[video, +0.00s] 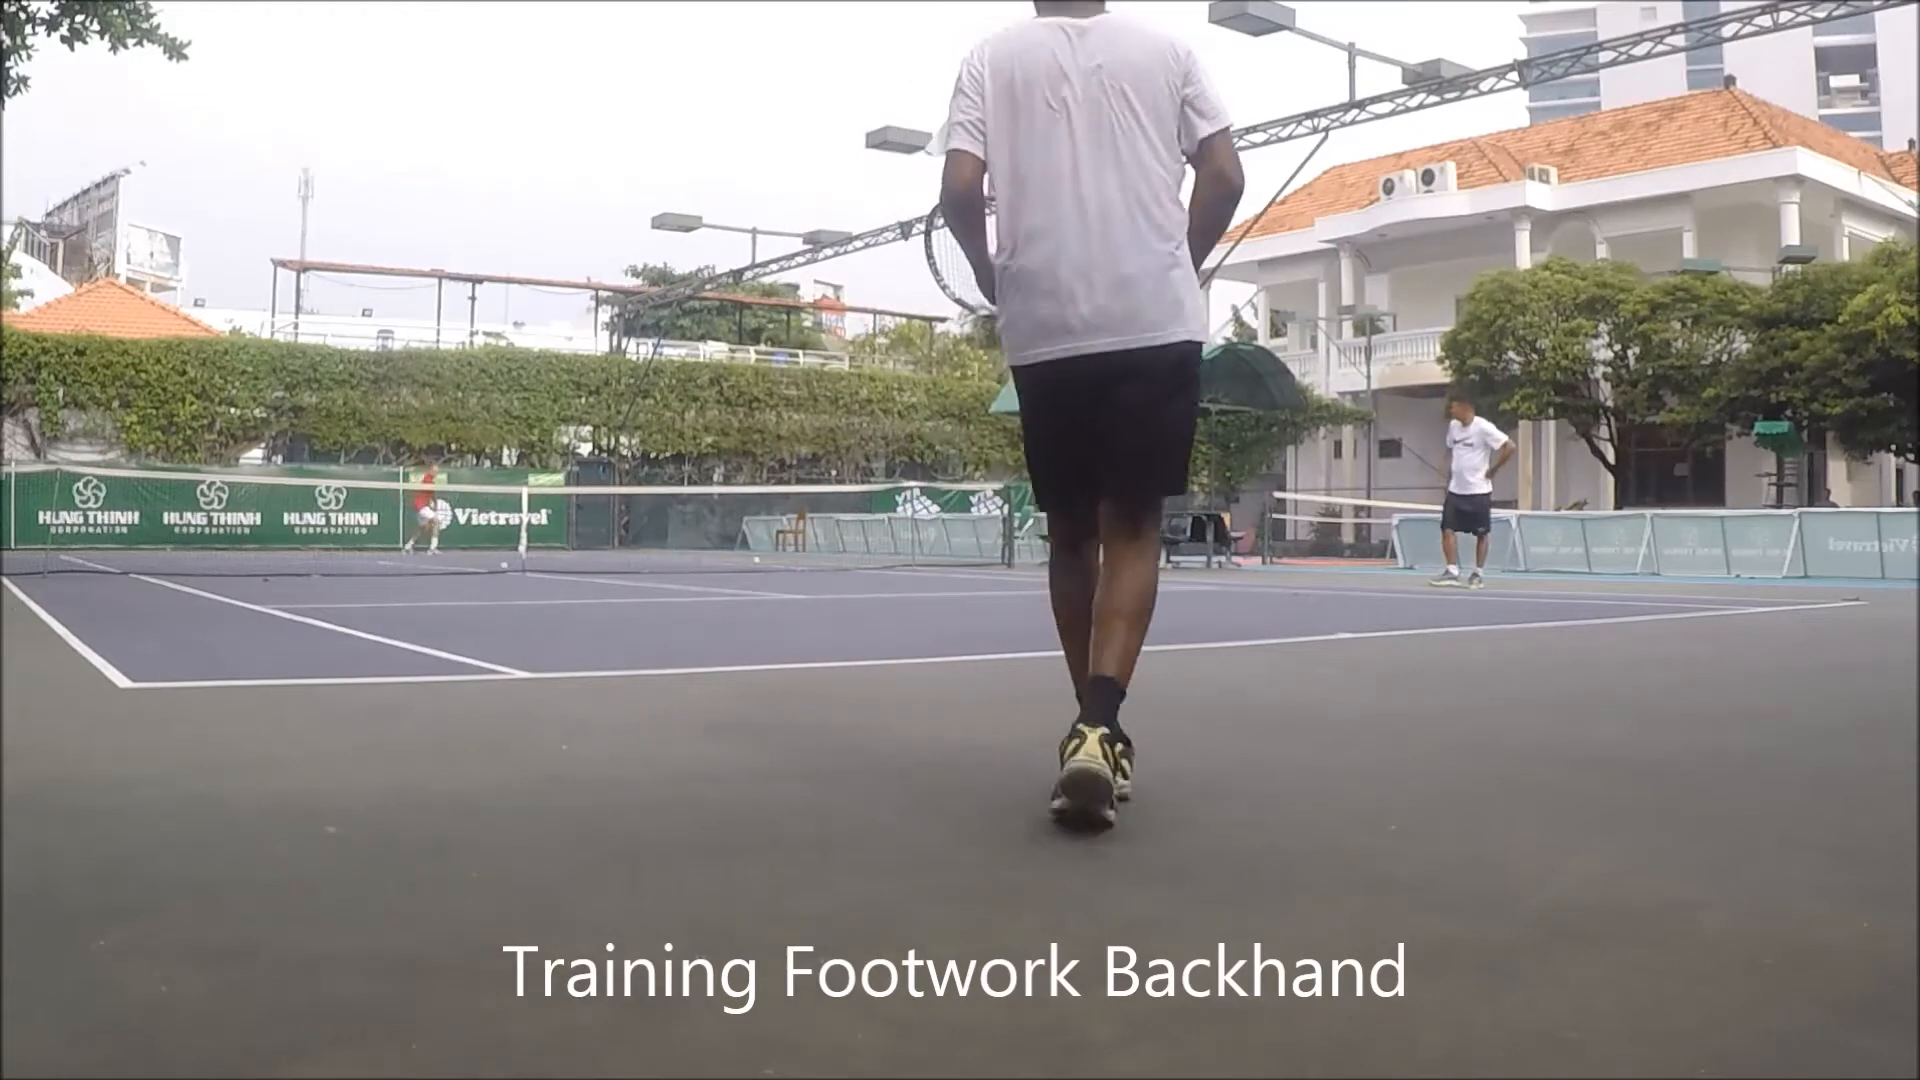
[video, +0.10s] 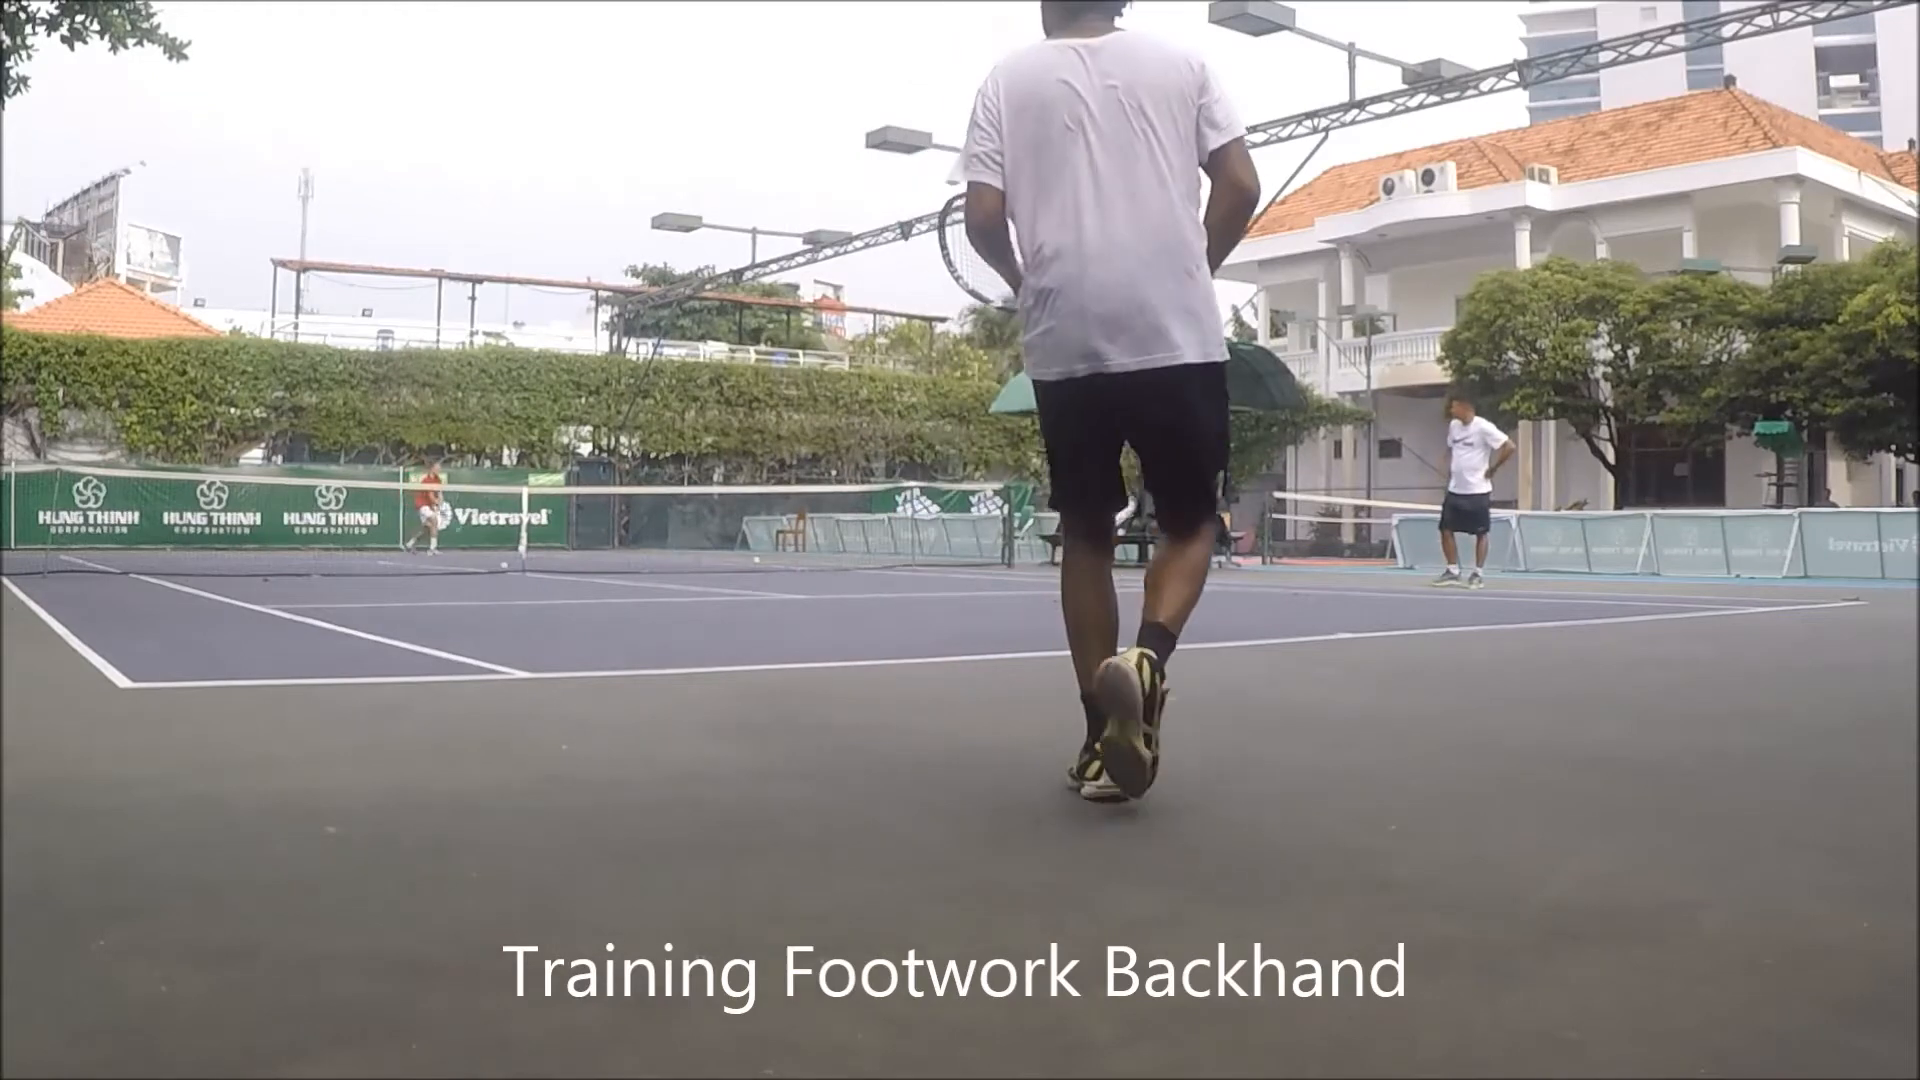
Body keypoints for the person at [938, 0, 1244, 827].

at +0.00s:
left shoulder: (989, 56)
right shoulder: (1168, 47)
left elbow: (959, 190)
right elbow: (1224, 176)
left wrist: (990, 277)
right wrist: (1179, 267)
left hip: (1045, 332)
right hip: (1157, 321)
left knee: (1071, 538)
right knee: (1132, 527)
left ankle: (1101, 730)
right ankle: (1095, 724)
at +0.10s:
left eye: (1040, 13)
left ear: (1046, 13)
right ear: (1123, 8)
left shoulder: (1005, 78)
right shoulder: (1184, 66)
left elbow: (983, 216)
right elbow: (1242, 187)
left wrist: (1025, 284)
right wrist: (1191, 267)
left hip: (1064, 345)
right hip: (1176, 335)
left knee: (1086, 536)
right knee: (1188, 519)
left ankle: (1104, 738)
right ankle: (1148, 658)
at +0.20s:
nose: (1058, 24)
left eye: (1057, 18)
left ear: (1063, 21)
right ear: (1138, 18)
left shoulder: (1025, 90)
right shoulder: (1199, 76)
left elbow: (1011, 229)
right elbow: (1262, 194)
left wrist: (1071, 281)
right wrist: (1208, 268)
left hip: (1088, 340)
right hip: (1199, 329)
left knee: (1092, 541)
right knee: (1231, 495)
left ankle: (1106, 742)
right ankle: (1231, 666)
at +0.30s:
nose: (1075, 26)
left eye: (1076, 17)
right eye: (1083, 17)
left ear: (1082, 21)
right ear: (1155, 22)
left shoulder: (1050, 102)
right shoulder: (1218, 90)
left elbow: (1038, 246)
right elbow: (1281, 207)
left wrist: (1095, 283)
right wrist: (1229, 273)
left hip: (1109, 349)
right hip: (1223, 337)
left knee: (1098, 545)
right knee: (1257, 516)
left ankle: (1106, 734)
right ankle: (1326, 704)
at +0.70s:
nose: (1107, 42)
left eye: (1110, 28)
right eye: (1112, 28)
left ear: (1120, 32)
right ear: (1188, 33)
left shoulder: (1141, 93)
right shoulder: (1227, 100)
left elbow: (1131, 221)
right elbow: (1212, 243)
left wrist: (1060, 242)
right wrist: (1119, 298)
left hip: (1191, 348)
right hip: (1288, 343)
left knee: (1108, 523)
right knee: (1303, 531)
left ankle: (1168, 730)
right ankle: (1386, 720)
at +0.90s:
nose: (1085, 41)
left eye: (1089, 25)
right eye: (1084, 26)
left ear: (1116, 26)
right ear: (1155, 24)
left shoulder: (1172, 84)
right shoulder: (1160, 103)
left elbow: (1133, 200)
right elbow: (1090, 227)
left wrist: (1026, 186)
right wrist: (1011, 248)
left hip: (1194, 348)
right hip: (1244, 348)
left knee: (1124, 527)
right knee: (1211, 537)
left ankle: (1193, 738)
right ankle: (1347, 685)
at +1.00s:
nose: (1075, 51)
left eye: (1080, 34)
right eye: (1074, 36)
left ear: (1112, 30)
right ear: (1136, 31)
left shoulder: (1178, 84)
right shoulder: (1113, 122)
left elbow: (1133, 182)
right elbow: (1053, 210)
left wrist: (1024, 150)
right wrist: (976, 221)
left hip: (1204, 348)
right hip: (1213, 351)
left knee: (1130, 526)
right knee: (1151, 533)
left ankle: (1194, 739)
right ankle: (1283, 665)